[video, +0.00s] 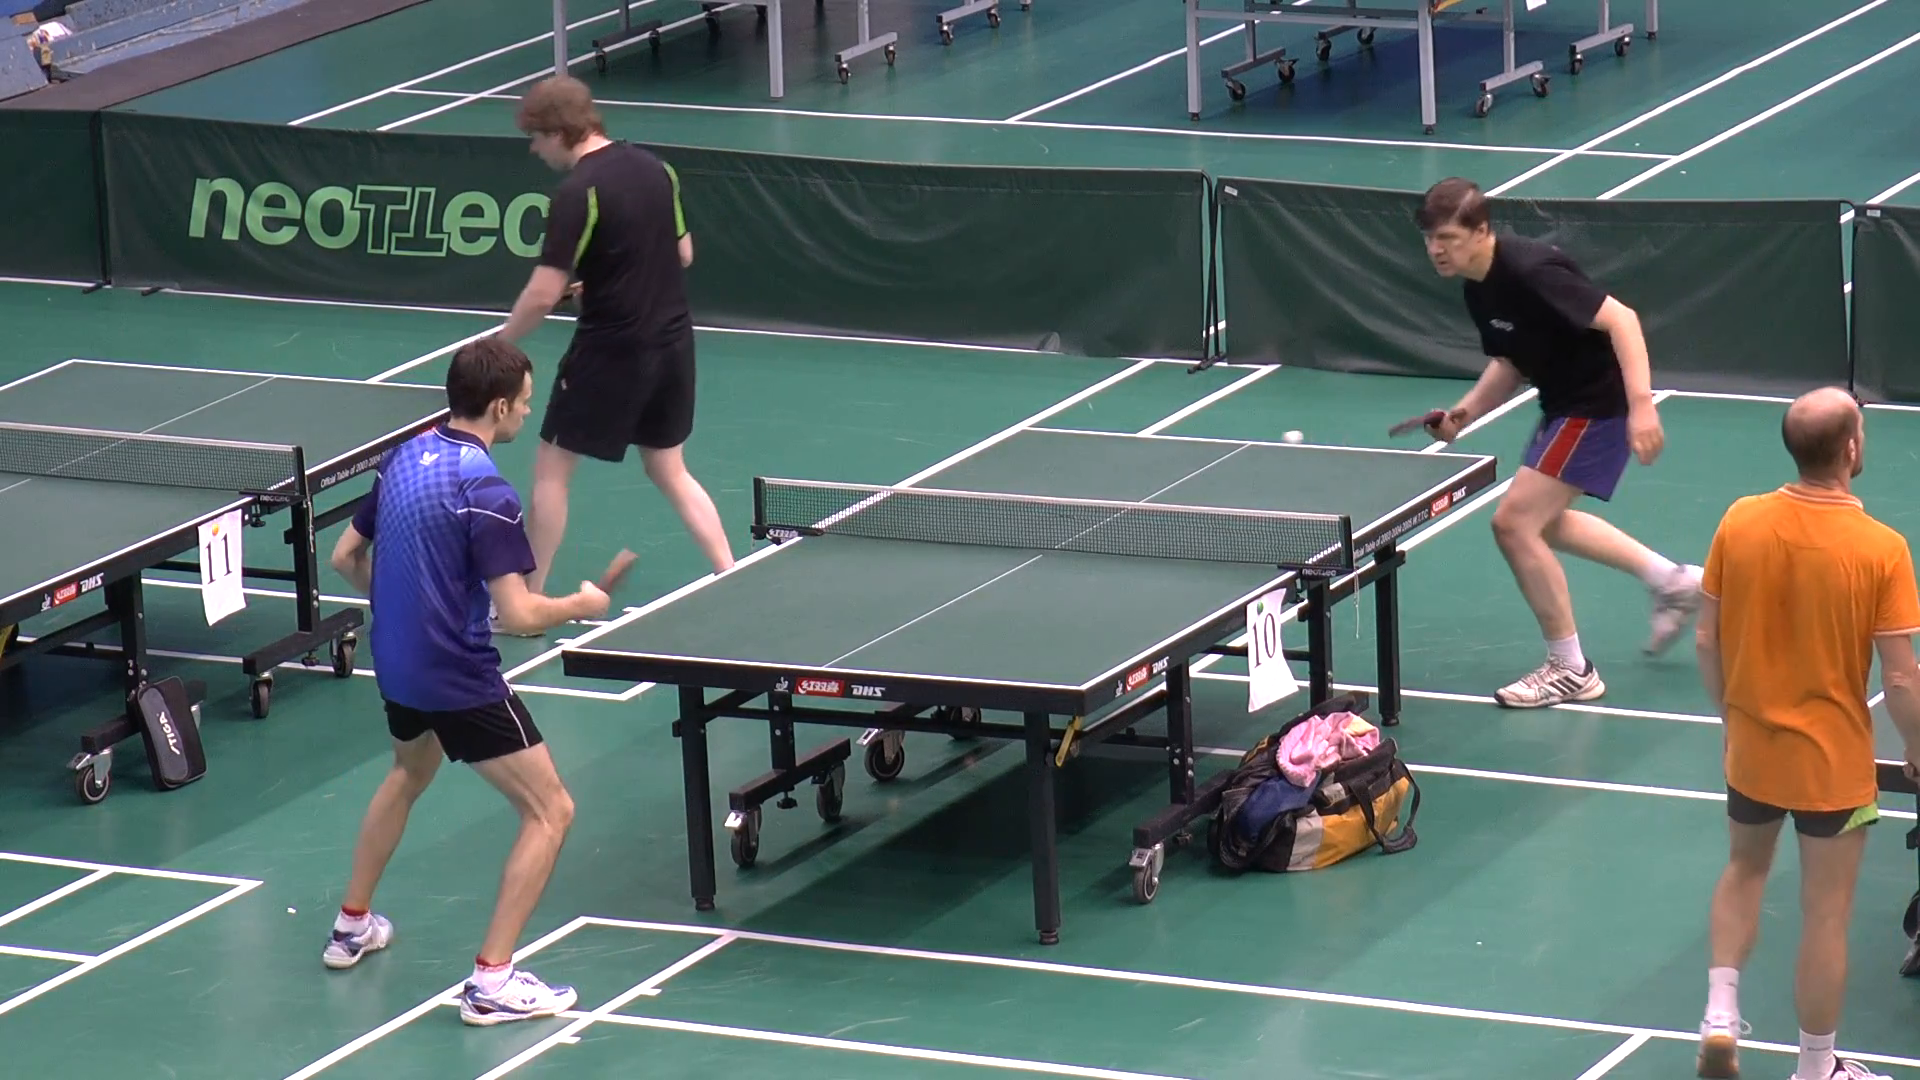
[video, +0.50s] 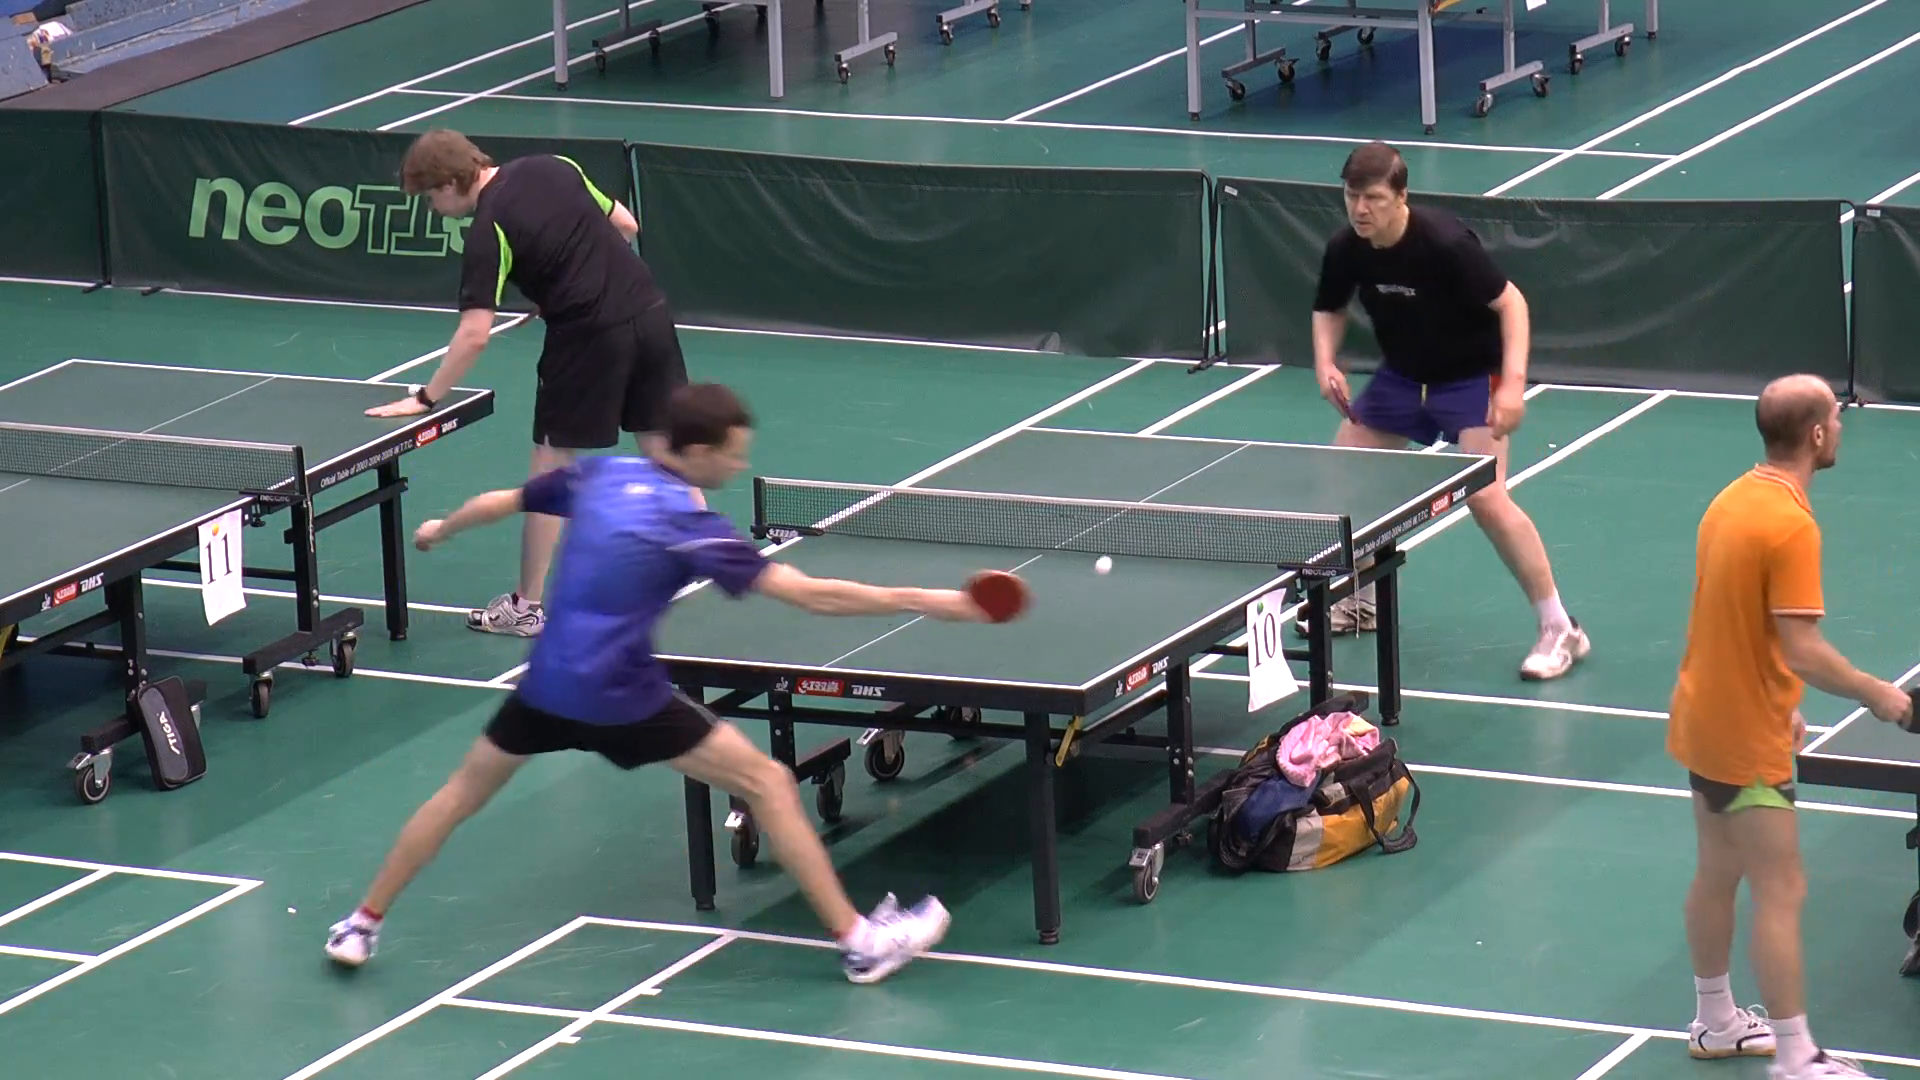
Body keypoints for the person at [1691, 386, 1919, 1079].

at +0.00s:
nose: (1863, 433)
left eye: (1857, 424)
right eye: (1861, 426)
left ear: (1790, 450)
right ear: (1852, 449)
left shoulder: (1741, 521)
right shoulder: (1882, 546)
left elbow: (1708, 639)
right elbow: (1901, 681)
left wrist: (1729, 713)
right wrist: (1916, 756)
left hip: (1749, 747)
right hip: (1834, 758)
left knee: (1744, 866)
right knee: (1826, 915)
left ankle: (1721, 1009)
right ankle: (1817, 1066)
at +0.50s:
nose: (1839, 428)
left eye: (1837, 416)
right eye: (1836, 418)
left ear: (1770, 433)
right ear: (1818, 434)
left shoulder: (1731, 499)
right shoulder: (1790, 521)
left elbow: (1721, 627)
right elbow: (1800, 647)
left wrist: (1776, 706)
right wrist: (1877, 691)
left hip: (1702, 721)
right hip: (1746, 734)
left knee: (1716, 872)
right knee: (1780, 890)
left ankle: (1714, 1020)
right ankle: (1797, 1054)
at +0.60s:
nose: (1836, 427)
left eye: (1834, 417)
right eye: (1834, 418)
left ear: (1769, 429)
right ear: (1814, 433)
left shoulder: (1736, 491)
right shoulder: (1771, 515)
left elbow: (1750, 621)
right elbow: (1776, 643)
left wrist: (1798, 688)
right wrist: (1853, 687)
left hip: (1697, 713)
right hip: (1724, 727)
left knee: (1710, 874)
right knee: (1747, 886)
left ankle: (1712, 1019)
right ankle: (1748, 1050)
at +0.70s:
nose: (1834, 431)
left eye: (1831, 420)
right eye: (1830, 421)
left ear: (1775, 430)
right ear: (1808, 434)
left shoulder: (1749, 496)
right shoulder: (1751, 514)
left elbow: (1774, 621)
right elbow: (1753, 646)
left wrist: (1833, 674)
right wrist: (1827, 688)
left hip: (1712, 715)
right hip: (1698, 725)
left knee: (1716, 870)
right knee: (1713, 879)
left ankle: (1717, 1016)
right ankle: (1692, 1044)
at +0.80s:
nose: (1832, 437)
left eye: (1830, 426)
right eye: (1828, 427)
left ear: (1779, 433)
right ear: (1801, 438)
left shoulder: (1752, 498)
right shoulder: (1737, 515)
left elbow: (1769, 589)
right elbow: (1722, 639)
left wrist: (1856, 633)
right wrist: (1802, 688)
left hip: (1714, 717)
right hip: (1681, 723)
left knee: (1711, 867)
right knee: (1680, 875)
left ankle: (1716, 1020)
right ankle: (1633, 1034)